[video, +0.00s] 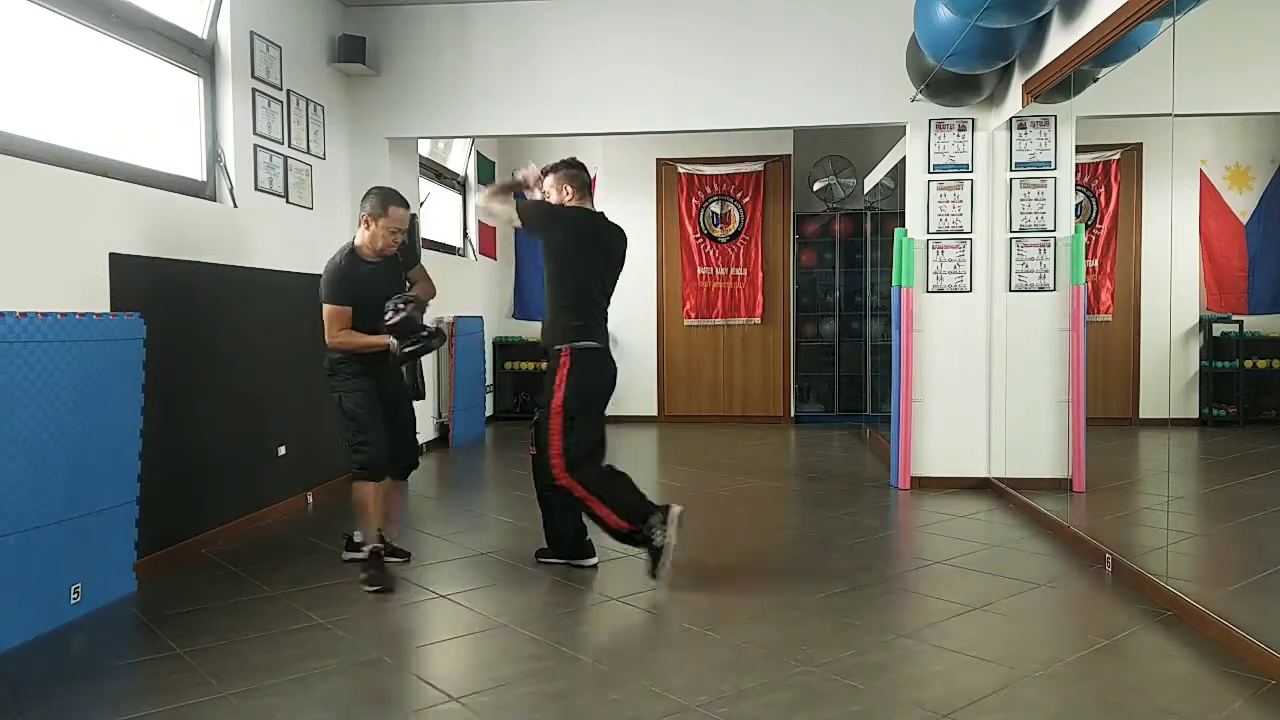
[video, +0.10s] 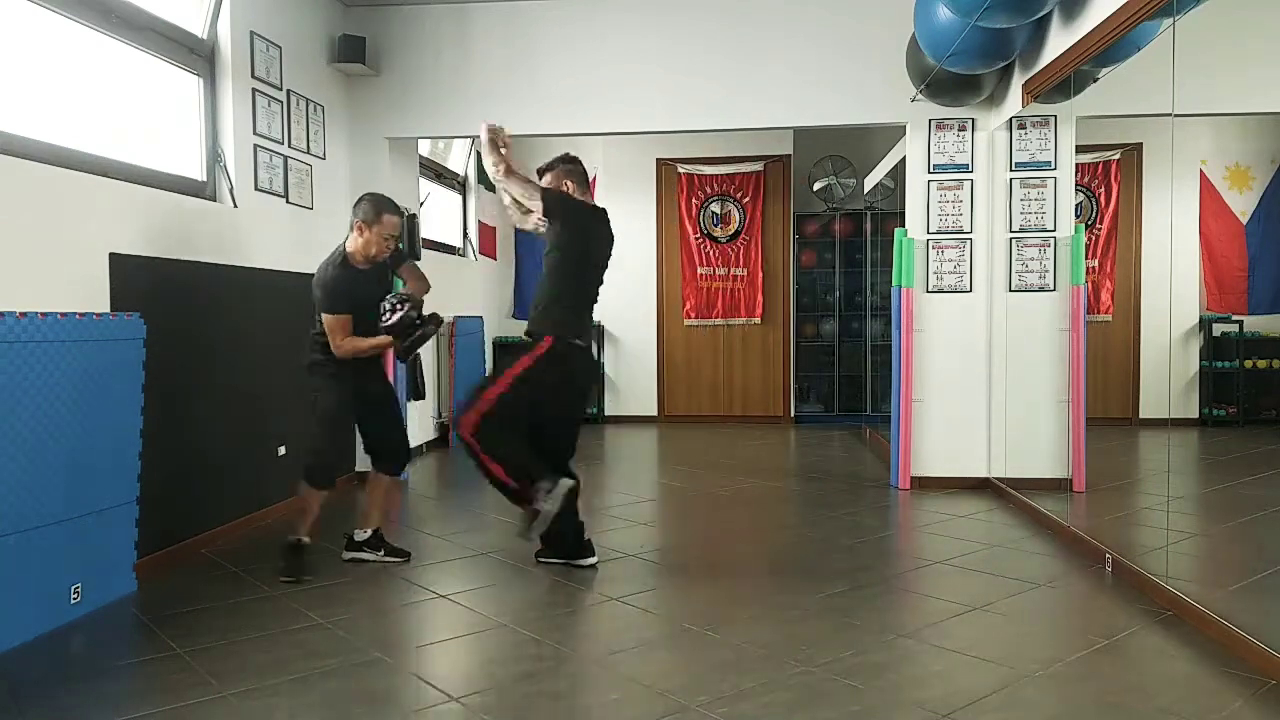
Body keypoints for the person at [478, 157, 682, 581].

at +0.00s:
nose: (547, 199)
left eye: (548, 192)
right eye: (546, 192)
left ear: (565, 192)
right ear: (587, 193)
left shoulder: (556, 219)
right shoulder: (614, 233)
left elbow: (487, 202)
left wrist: (518, 183)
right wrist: (533, 190)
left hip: (571, 360)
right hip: (594, 359)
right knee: (547, 456)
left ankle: (649, 523)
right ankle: (570, 547)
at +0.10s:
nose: (543, 199)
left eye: (546, 190)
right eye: (543, 192)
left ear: (567, 184)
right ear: (577, 186)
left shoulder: (582, 215)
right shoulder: (585, 224)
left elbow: (510, 180)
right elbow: (523, 216)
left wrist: (492, 153)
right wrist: (499, 168)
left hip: (552, 349)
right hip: (574, 353)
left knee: (472, 425)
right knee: (552, 450)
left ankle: (539, 489)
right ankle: (569, 545)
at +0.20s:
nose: (540, 209)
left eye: (543, 200)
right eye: (538, 203)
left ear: (567, 194)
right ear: (567, 198)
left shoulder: (581, 231)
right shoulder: (559, 236)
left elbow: (512, 237)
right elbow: (502, 260)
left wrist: (492, 198)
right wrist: (489, 211)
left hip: (524, 347)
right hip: (533, 352)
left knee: (426, 349)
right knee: (522, 445)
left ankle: (462, 430)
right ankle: (571, 541)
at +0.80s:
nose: (335, 219)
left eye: (341, 212)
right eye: (336, 212)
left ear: (359, 216)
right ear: (367, 212)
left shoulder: (407, 263)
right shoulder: (368, 249)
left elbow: (364, 307)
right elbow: (291, 233)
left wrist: (342, 252)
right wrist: (309, 243)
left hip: (409, 376)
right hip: (433, 373)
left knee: (352, 457)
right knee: (457, 459)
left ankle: (333, 559)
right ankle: (530, 531)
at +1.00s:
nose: (343, 203)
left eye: (343, 195)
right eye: (342, 195)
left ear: (358, 192)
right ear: (379, 187)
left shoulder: (390, 242)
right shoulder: (405, 222)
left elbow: (320, 278)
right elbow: (339, 273)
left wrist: (315, 219)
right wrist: (325, 213)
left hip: (398, 365)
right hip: (428, 361)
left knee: (344, 456)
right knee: (434, 450)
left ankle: (332, 560)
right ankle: (506, 520)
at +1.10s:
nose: (356, 202)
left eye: (357, 193)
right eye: (353, 194)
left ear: (372, 191)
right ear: (395, 187)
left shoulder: (392, 243)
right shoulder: (426, 219)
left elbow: (322, 273)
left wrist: (322, 216)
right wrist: (364, 163)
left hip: (401, 369)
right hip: (439, 363)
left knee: (348, 459)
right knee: (429, 454)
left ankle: (332, 560)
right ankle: (491, 523)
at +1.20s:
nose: (381, 206)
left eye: (381, 197)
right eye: (379, 198)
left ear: (396, 194)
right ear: (420, 190)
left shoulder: (414, 244)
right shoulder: (452, 232)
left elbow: (342, 269)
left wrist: (345, 217)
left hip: (415, 373)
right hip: (452, 370)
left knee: (359, 461)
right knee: (426, 457)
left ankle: (330, 560)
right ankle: (475, 537)